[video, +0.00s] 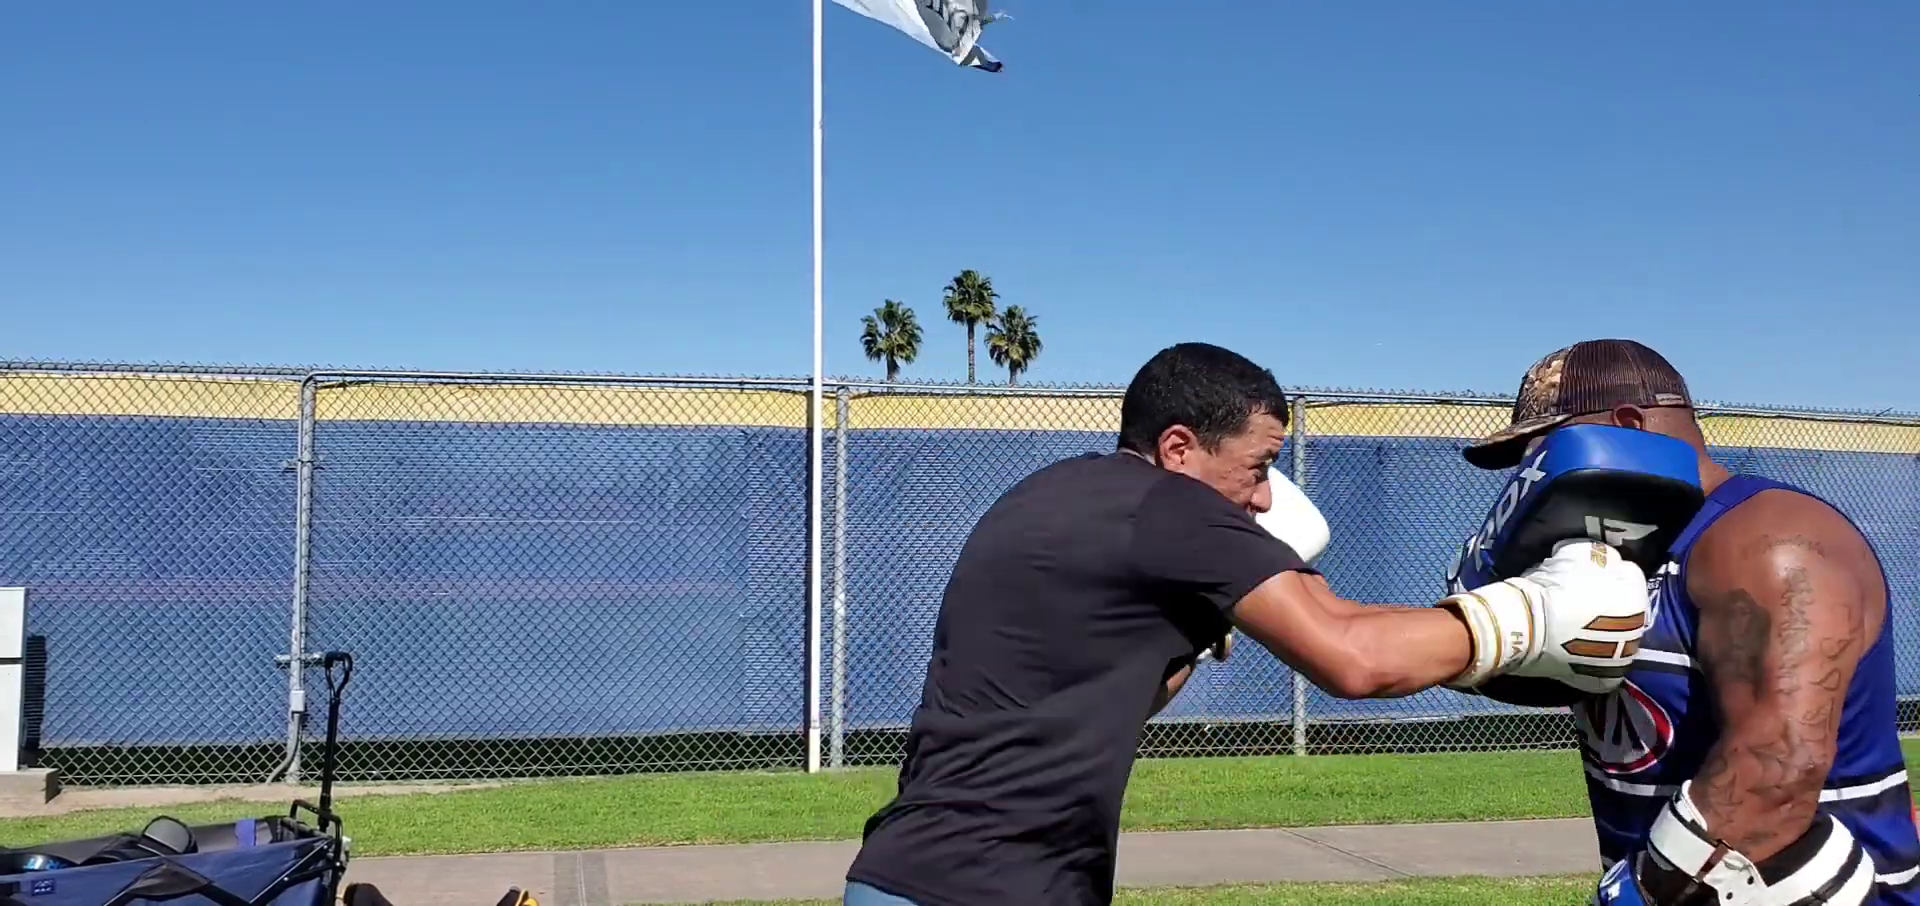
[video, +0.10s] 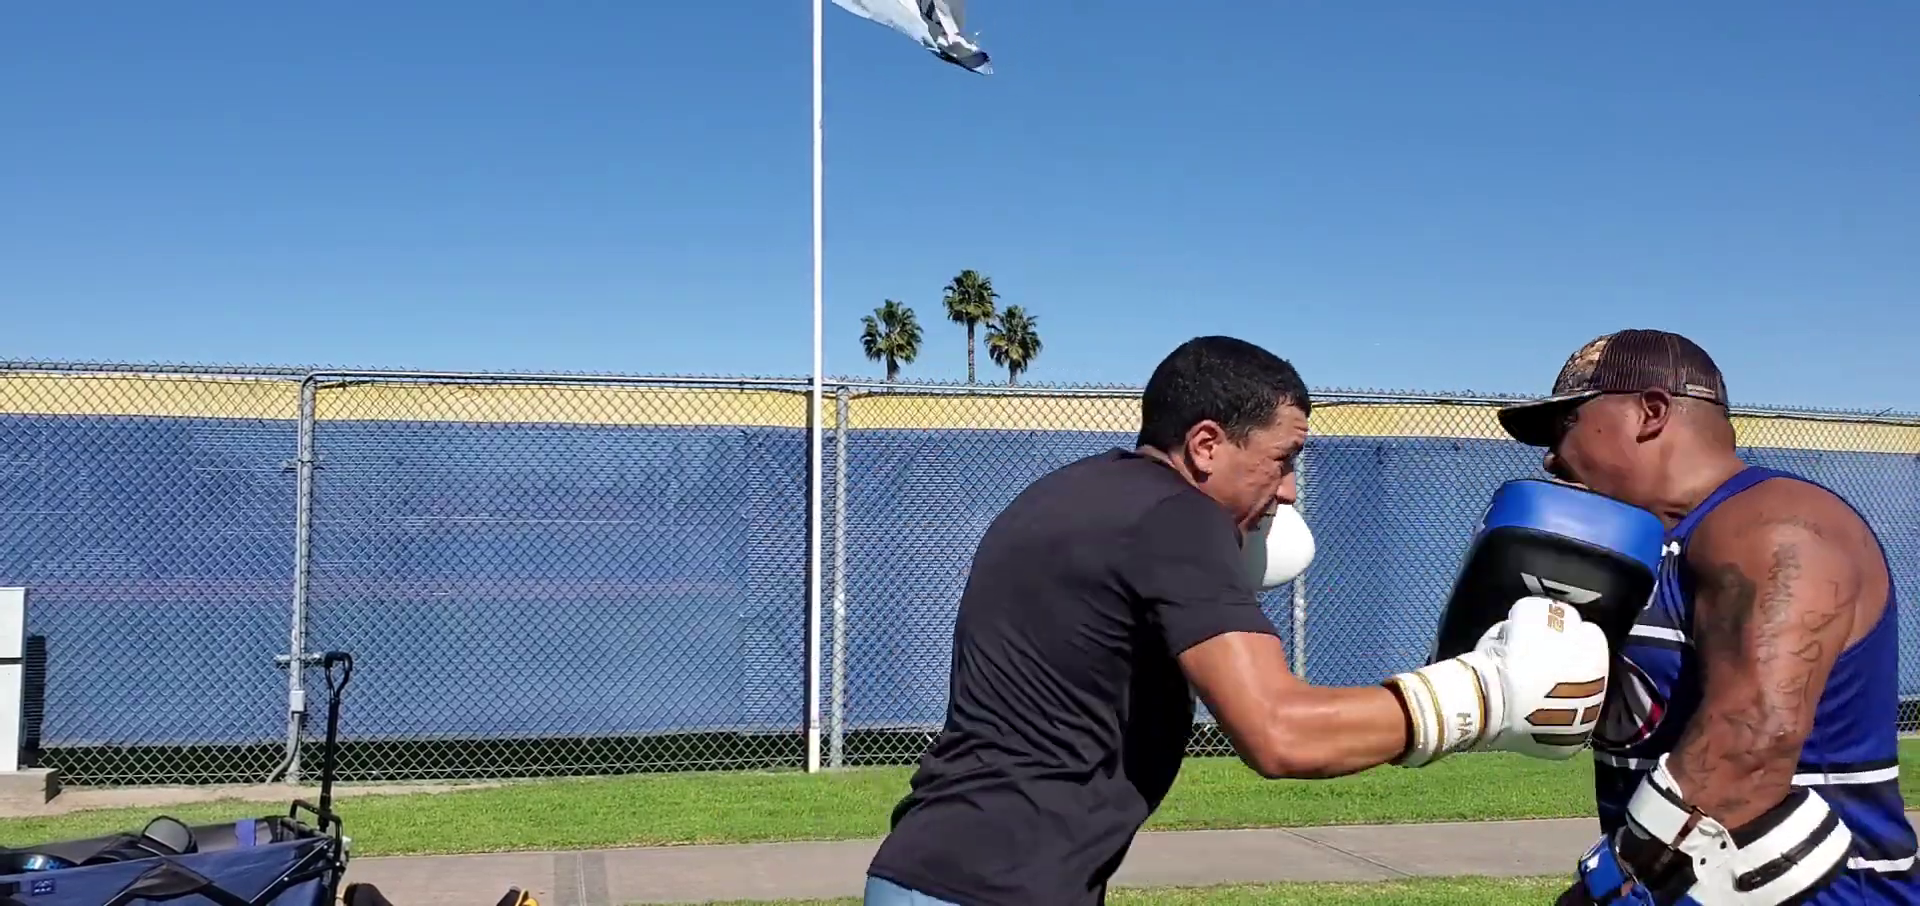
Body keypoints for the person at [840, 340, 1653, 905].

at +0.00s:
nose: (1263, 499)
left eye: (1271, 475)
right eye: (1257, 473)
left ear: (1149, 447)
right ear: (1177, 446)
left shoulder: (1047, 503)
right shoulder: (1160, 512)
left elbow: (1116, 704)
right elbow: (1357, 657)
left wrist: (1243, 586)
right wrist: (1539, 613)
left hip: (918, 873)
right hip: (999, 882)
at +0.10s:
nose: (1292, 487)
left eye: (1296, 463)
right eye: (1282, 462)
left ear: (1193, 445)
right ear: (1206, 445)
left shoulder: (1067, 499)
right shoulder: (1177, 524)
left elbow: (1101, 649)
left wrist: (1228, 572)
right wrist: (1480, 690)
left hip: (931, 878)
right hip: (1004, 889)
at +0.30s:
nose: (1252, 457)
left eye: (1251, 431)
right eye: (1242, 428)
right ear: (1171, 423)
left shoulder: (1056, 512)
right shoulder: (1072, 537)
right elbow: (1080, 809)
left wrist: (1185, 635)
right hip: (985, 887)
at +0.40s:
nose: (1222, 445)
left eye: (1221, 417)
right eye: (1213, 416)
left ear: (1139, 410)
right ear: (1139, 408)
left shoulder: (1080, 522)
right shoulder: (1034, 520)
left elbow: (1115, 759)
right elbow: (1107, 784)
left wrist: (1183, 598)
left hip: (1048, 883)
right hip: (973, 885)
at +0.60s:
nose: (1206, 451)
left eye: (1204, 422)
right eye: (1196, 420)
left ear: (1122, 420)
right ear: (1122, 417)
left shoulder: (1077, 529)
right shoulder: (995, 533)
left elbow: (1092, 751)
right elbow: (1082, 792)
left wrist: (1196, 626)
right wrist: (1179, 607)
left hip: (1039, 882)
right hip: (947, 887)